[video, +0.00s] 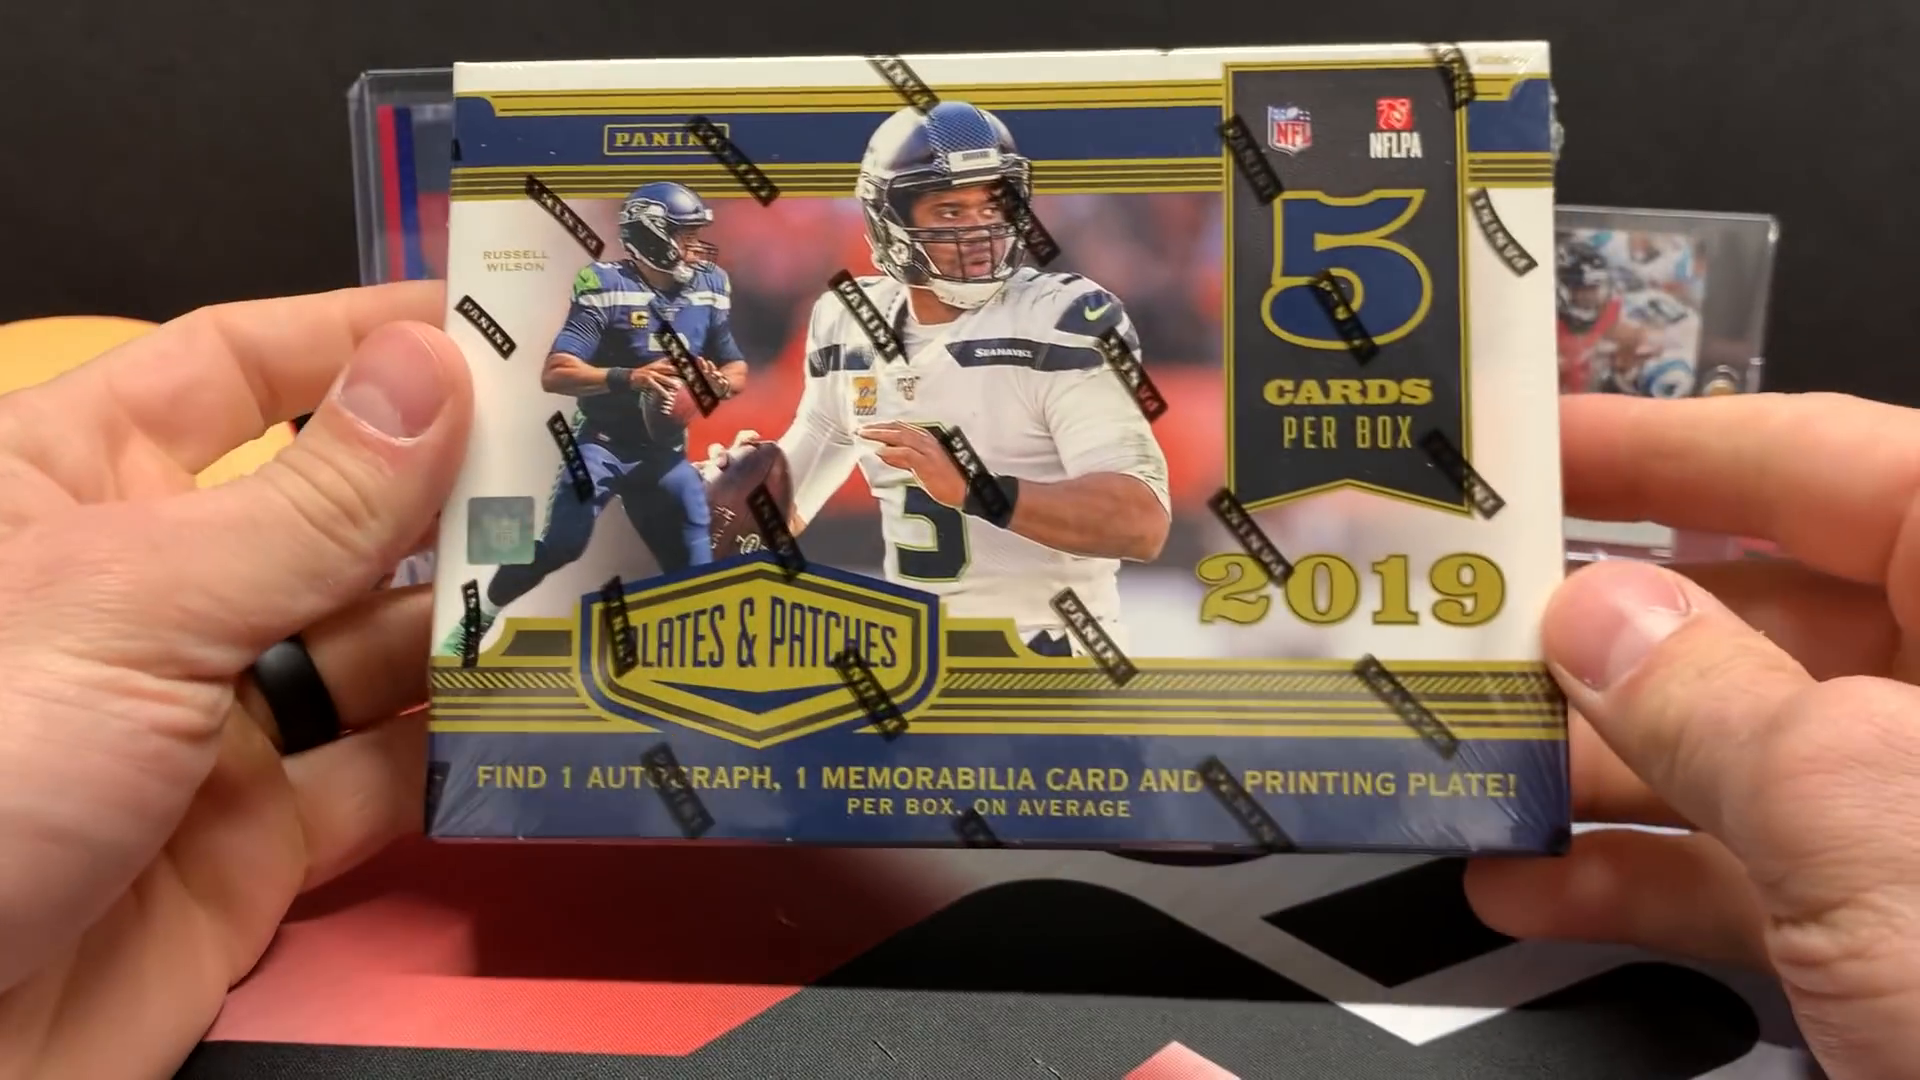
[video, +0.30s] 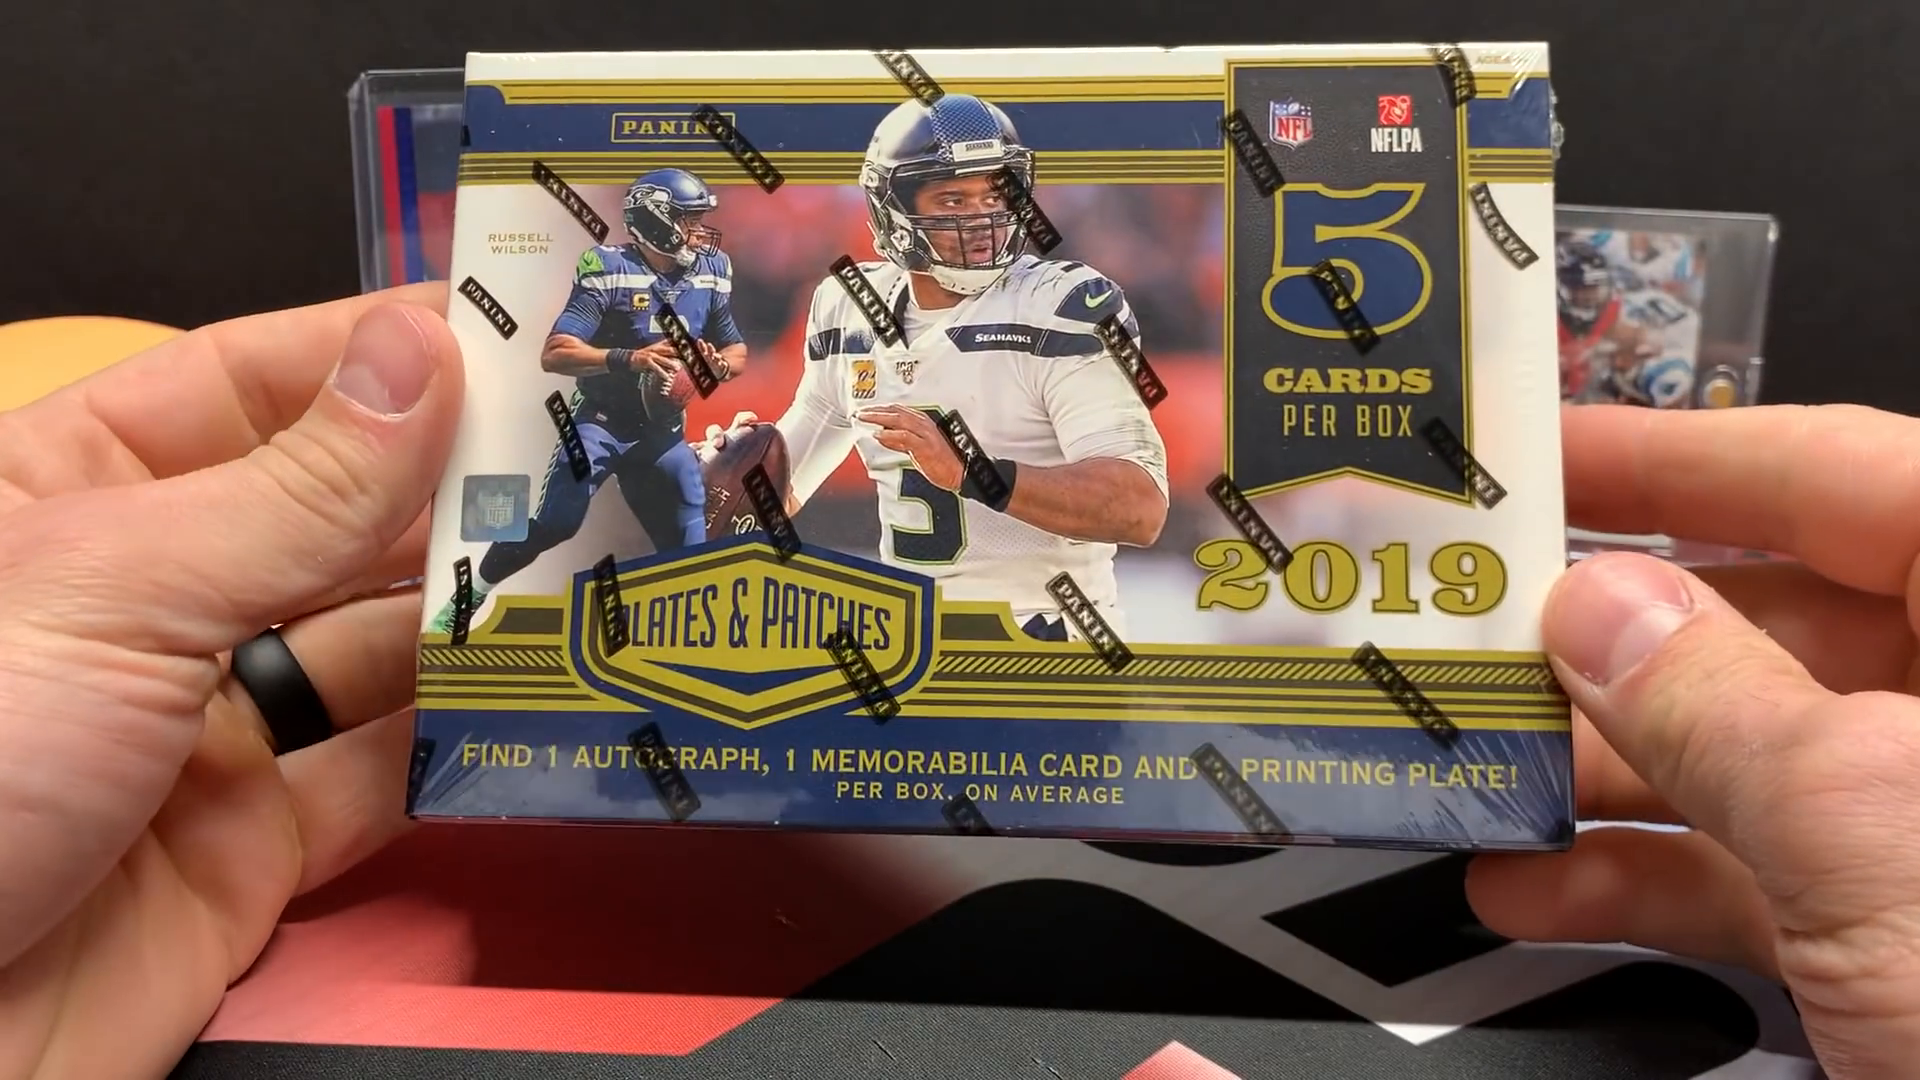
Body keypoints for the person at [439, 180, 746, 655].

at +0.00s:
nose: (699, 246)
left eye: (699, 236)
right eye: (687, 236)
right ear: (649, 236)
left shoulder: (711, 286)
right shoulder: (603, 285)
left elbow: (736, 369)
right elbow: (555, 373)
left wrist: (721, 381)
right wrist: (628, 377)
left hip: (666, 452)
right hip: (602, 445)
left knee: (696, 570)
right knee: (560, 545)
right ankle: (482, 611)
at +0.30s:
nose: (698, 231)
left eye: (699, 221)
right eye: (687, 220)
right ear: (652, 221)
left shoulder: (712, 269)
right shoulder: (604, 268)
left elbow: (737, 353)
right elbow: (555, 354)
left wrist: (717, 365)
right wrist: (629, 358)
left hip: (663, 432)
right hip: (599, 424)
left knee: (691, 547)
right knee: (557, 522)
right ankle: (475, 589)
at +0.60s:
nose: (719, 209)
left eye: (720, 199)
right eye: (709, 199)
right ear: (675, 200)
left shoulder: (729, 245)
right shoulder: (622, 242)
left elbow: (753, 328)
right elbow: (570, 326)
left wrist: (731, 341)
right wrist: (644, 332)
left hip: (676, 403)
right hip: (612, 395)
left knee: (701, 517)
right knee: (565, 492)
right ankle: (481, 556)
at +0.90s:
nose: (739, 216)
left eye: (739, 206)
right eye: (729, 207)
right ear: (694, 208)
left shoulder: (748, 251)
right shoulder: (638, 246)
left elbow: (771, 332)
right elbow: (584, 327)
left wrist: (749, 339)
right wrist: (662, 333)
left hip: (690, 405)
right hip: (625, 395)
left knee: (716, 525)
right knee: (579, 490)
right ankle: (485, 557)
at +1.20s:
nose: (735, 216)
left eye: (735, 205)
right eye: (725, 206)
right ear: (689, 208)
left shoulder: (746, 254)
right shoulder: (635, 250)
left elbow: (769, 337)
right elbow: (583, 335)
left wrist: (749, 349)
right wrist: (660, 341)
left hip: (692, 416)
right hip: (626, 406)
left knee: (718, 534)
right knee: (581, 504)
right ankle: (494, 570)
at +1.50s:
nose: (725, 225)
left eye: (726, 214)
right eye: (714, 214)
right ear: (678, 215)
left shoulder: (739, 263)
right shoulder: (629, 260)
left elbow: (761, 349)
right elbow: (578, 347)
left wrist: (743, 362)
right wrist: (652, 353)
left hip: (686, 428)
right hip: (621, 420)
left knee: (714, 548)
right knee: (577, 520)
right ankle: (493, 586)